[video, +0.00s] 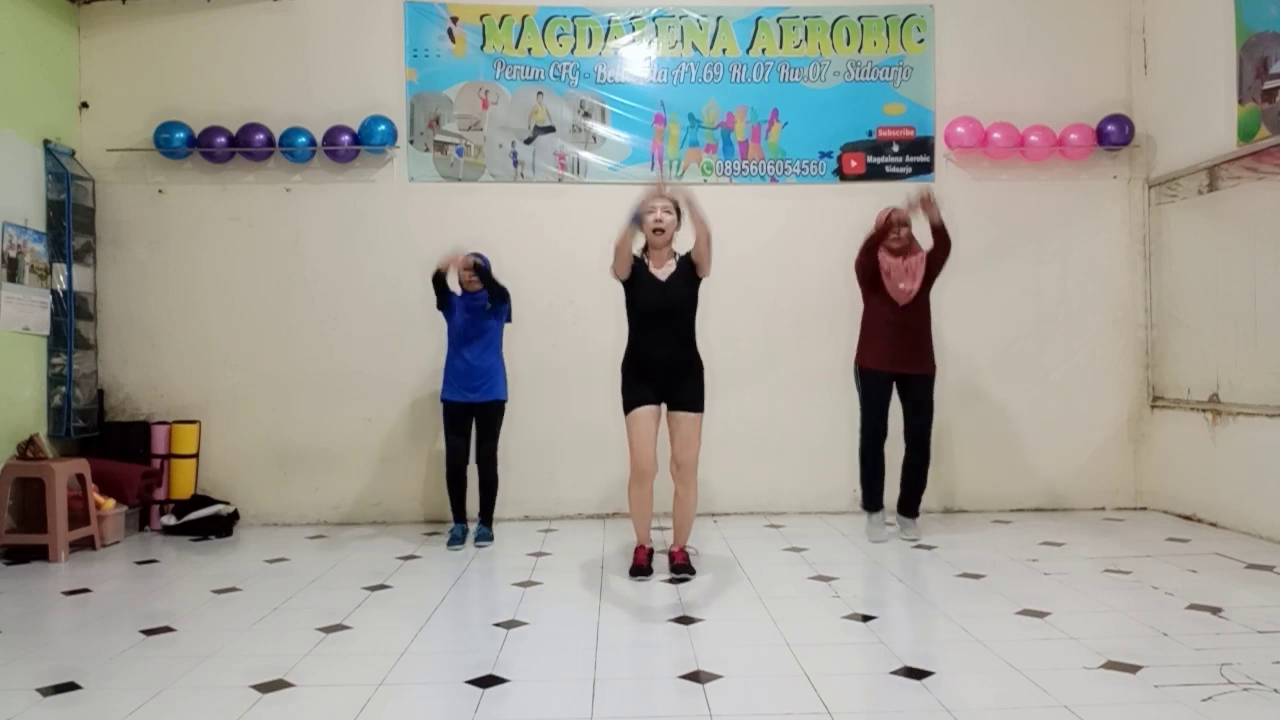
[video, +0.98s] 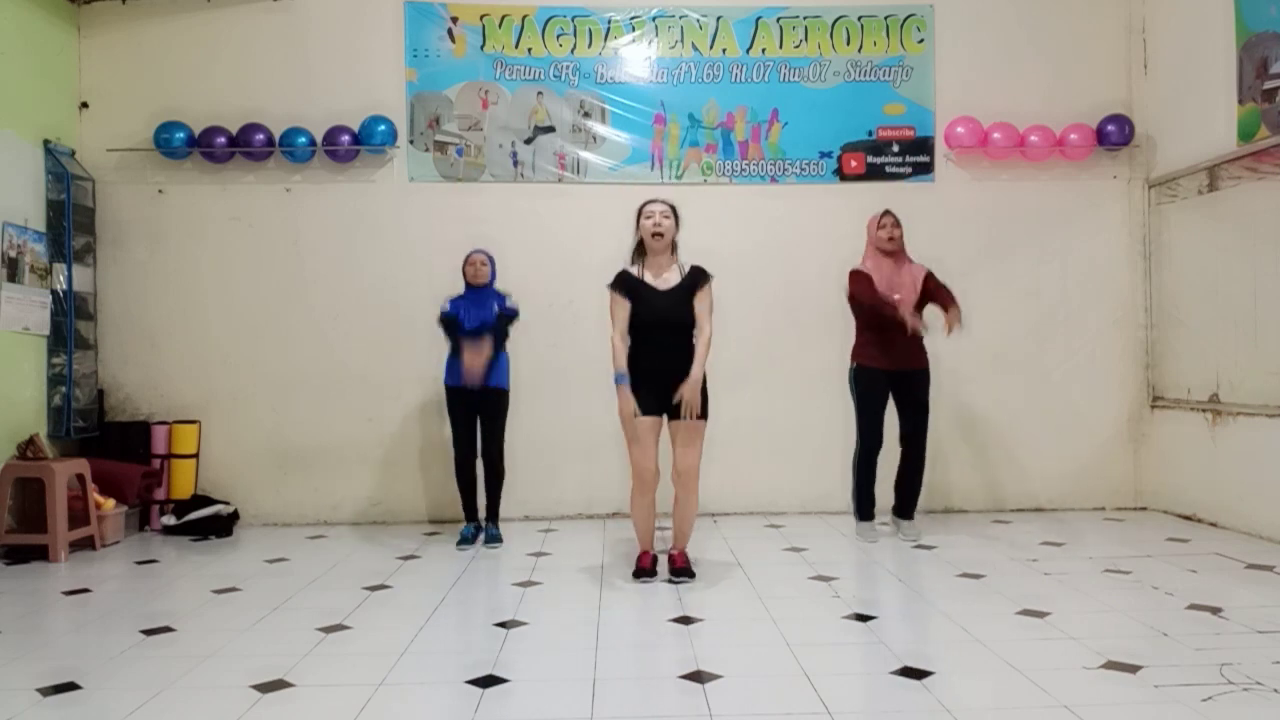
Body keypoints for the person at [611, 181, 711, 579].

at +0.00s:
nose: (658, 217)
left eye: (667, 212)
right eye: (651, 212)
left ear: (677, 224)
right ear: (640, 225)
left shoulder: (692, 266)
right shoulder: (629, 268)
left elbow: (704, 235)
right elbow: (621, 252)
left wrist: (684, 198)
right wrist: (637, 214)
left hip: (685, 372)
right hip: (640, 372)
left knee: (684, 465)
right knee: (642, 466)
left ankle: (679, 549)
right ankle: (642, 546)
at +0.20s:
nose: (660, 217)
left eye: (667, 212)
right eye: (653, 212)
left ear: (679, 222)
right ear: (642, 221)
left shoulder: (692, 260)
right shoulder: (631, 260)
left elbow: (708, 196)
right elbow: (610, 198)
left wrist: (678, 152)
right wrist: (637, 153)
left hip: (688, 370)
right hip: (643, 371)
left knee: (687, 467)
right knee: (649, 467)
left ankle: (680, 549)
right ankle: (652, 551)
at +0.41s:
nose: (659, 220)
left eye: (667, 214)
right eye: (651, 214)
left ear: (678, 222)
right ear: (640, 222)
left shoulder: (693, 259)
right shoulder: (628, 260)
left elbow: (717, 202)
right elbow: (598, 203)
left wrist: (677, 206)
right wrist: (639, 202)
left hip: (687, 372)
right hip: (640, 373)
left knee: (688, 470)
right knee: (647, 472)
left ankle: (684, 545)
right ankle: (651, 552)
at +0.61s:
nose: (658, 205)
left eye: (665, 199)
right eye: (650, 199)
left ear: (677, 211)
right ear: (639, 211)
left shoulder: (691, 253)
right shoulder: (629, 254)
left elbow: (700, 189)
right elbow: (611, 195)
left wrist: (679, 135)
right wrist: (630, 140)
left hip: (687, 364)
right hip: (641, 365)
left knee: (687, 460)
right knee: (647, 462)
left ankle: (686, 545)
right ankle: (650, 549)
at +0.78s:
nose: (657, 185)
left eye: (665, 180)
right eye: (650, 180)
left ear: (676, 191)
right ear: (639, 191)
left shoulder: (689, 231)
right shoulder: (631, 232)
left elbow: (701, 229)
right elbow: (615, 233)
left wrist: (699, 225)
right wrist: (613, 227)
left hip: (686, 339)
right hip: (641, 339)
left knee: (686, 435)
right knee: (644, 436)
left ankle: (683, 528)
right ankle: (648, 527)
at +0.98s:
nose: (657, 221)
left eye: (665, 216)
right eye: (649, 216)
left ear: (676, 228)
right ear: (638, 229)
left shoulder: (695, 277)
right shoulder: (626, 281)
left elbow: (703, 331)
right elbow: (619, 337)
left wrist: (695, 378)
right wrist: (622, 388)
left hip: (687, 381)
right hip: (641, 383)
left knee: (686, 472)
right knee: (645, 473)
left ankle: (679, 551)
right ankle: (645, 552)